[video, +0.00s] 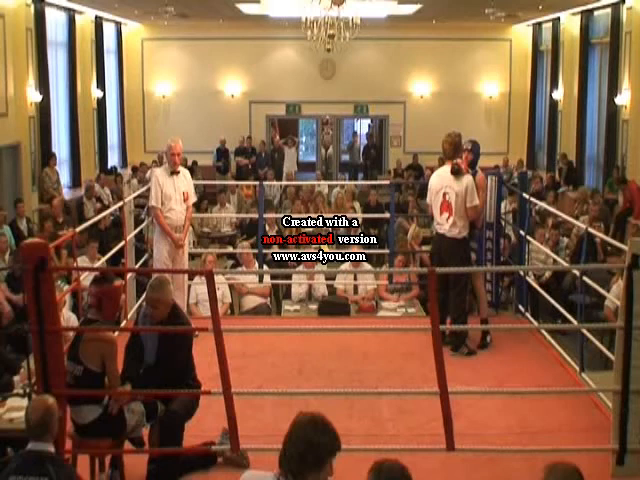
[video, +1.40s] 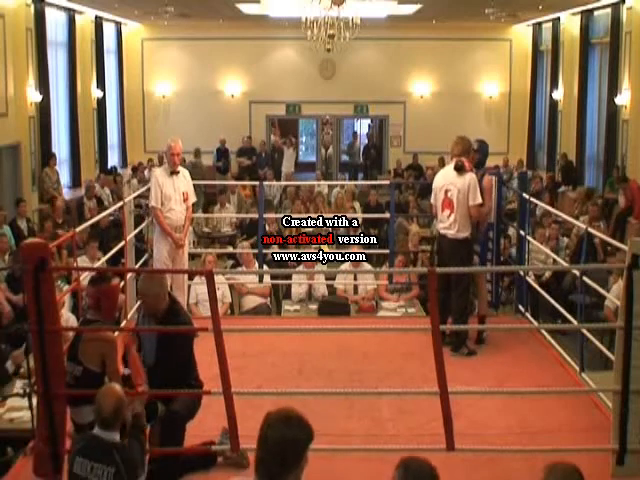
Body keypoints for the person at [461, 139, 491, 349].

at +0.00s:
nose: (466, 155)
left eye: (470, 152)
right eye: (465, 151)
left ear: (476, 155)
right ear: (461, 152)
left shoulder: (479, 176)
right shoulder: (456, 173)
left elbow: (480, 205)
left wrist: (474, 222)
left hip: (474, 229)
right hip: (457, 228)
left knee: (477, 278)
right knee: (457, 279)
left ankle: (484, 324)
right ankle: (455, 322)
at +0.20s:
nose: (465, 155)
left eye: (468, 152)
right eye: (464, 151)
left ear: (474, 155)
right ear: (462, 153)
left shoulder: (479, 176)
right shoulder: (457, 173)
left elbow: (480, 204)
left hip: (475, 229)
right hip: (459, 229)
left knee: (478, 279)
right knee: (459, 279)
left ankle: (484, 325)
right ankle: (456, 323)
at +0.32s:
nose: (465, 155)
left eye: (468, 152)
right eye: (464, 151)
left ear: (474, 155)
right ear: (461, 152)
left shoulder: (479, 176)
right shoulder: (456, 173)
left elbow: (481, 204)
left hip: (475, 231)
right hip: (459, 230)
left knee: (478, 280)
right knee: (459, 281)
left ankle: (484, 325)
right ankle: (456, 324)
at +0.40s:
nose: (463, 156)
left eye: (466, 152)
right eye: (463, 152)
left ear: (471, 154)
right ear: (466, 153)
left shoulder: (479, 176)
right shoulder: (457, 173)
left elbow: (481, 203)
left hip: (475, 229)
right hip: (460, 229)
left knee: (478, 279)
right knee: (461, 280)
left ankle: (484, 325)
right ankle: (456, 322)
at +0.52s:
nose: (462, 156)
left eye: (465, 153)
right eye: (462, 152)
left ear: (471, 155)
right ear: (468, 153)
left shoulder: (479, 176)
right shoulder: (458, 174)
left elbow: (481, 204)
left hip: (475, 231)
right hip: (462, 230)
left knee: (478, 280)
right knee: (463, 281)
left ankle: (484, 325)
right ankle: (456, 323)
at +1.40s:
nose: (469, 157)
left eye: (472, 153)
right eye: (470, 153)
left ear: (479, 155)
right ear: (477, 154)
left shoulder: (488, 179)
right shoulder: (467, 176)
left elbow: (488, 207)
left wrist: (478, 221)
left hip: (483, 229)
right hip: (467, 228)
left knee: (480, 277)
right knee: (464, 277)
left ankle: (481, 324)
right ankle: (460, 321)